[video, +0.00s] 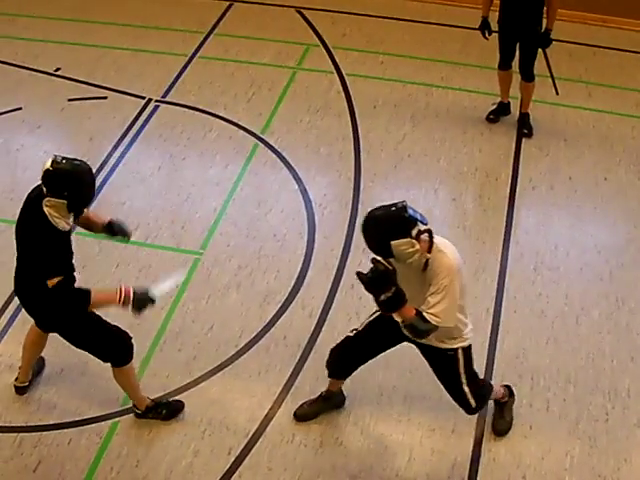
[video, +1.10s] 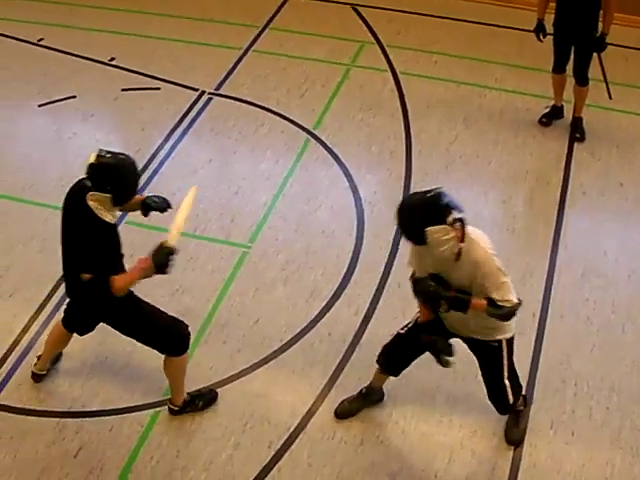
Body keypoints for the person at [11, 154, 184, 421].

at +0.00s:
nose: (85, 203)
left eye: (86, 198)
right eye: (82, 199)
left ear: (55, 187)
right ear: (67, 199)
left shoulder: (44, 196)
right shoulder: (48, 238)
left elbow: (79, 217)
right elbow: (62, 298)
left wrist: (106, 226)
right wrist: (125, 296)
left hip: (30, 290)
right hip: (49, 305)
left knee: (42, 323)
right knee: (119, 344)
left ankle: (23, 377)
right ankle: (141, 404)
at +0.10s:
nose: (78, 203)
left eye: (78, 199)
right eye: (76, 199)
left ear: (51, 186)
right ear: (64, 198)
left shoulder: (40, 196)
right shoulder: (41, 233)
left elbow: (74, 223)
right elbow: (69, 281)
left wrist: (94, 249)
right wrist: (123, 258)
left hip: (30, 286)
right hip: (49, 301)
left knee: (43, 321)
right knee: (119, 344)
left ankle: (23, 377)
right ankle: (136, 405)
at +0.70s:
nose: (94, 191)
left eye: (93, 187)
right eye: (91, 187)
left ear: (65, 177)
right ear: (79, 189)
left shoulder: (55, 191)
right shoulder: (58, 225)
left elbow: (86, 213)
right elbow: (60, 279)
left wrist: (102, 230)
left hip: (56, 284)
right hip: (75, 297)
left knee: (55, 313)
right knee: (148, 334)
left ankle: (28, 365)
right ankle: (156, 397)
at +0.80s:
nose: (89, 191)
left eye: (89, 186)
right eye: (86, 187)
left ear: (60, 182)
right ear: (71, 189)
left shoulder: (59, 196)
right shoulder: (40, 226)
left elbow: (83, 203)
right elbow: (9, 279)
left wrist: (100, 208)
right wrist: (44, 276)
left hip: (68, 292)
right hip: (83, 302)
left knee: (53, 325)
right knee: (156, 333)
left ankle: (20, 368)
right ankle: (161, 396)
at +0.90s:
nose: (92, 198)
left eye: (93, 193)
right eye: (89, 194)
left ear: (67, 183)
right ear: (74, 194)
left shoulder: (56, 195)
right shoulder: (48, 231)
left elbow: (83, 198)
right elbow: (20, 286)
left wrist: (106, 202)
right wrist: (50, 280)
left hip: (69, 293)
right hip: (87, 304)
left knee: (62, 321)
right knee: (160, 333)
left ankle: (28, 367)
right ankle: (167, 396)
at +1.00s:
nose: (106, 197)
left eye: (106, 193)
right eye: (103, 193)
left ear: (79, 182)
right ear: (88, 193)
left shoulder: (64, 194)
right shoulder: (66, 230)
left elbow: (96, 201)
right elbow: (61, 289)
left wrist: (123, 201)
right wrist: (101, 271)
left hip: (80, 290)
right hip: (93, 300)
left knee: (64, 324)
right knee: (167, 333)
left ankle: (32, 367)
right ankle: (173, 398)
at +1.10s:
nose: (132, 196)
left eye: (132, 190)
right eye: (129, 191)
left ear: (98, 180)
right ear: (113, 195)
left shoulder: (80, 191)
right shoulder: (100, 232)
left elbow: (113, 204)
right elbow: (114, 287)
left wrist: (143, 203)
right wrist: (149, 266)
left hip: (79, 289)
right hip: (104, 299)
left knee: (69, 323)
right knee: (177, 335)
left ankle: (41, 366)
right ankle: (179, 400)